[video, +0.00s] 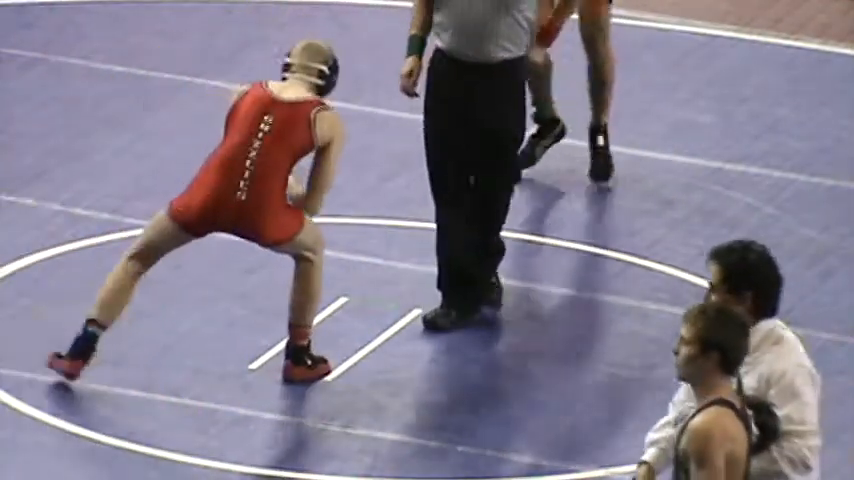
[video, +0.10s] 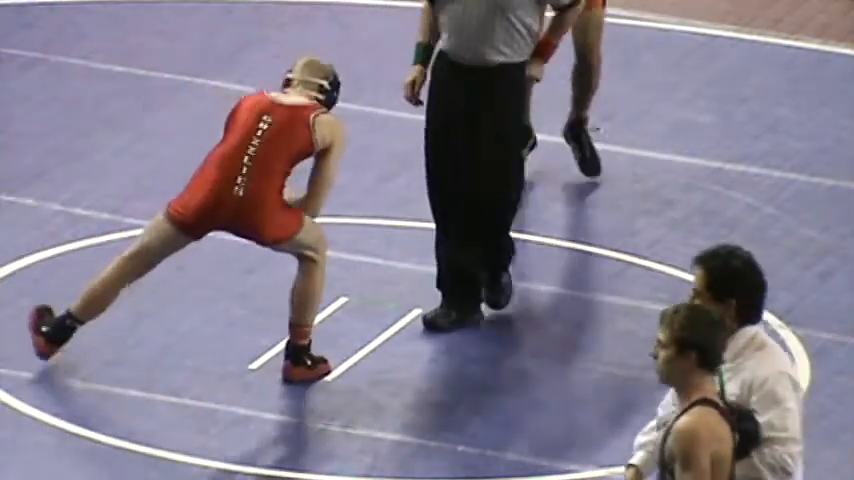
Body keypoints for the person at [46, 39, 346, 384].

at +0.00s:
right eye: (332, 82)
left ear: (287, 68)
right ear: (328, 81)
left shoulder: (247, 94)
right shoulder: (328, 122)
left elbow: (230, 146)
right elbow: (313, 201)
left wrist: (264, 180)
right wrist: (278, 189)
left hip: (204, 202)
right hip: (262, 219)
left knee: (138, 258)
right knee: (311, 247)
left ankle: (79, 354)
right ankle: (299, 357)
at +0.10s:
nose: (286, 84)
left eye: (288, 80)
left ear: (288, 82)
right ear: (327, 98)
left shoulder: (251, 100)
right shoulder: (329, 126)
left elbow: (228, 152)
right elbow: (313, 206)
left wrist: (261, 187)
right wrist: (274, 201)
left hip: (202, 200)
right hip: (259, 216)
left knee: (129, 266)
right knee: (315, 249)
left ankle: (57, 333)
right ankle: (299, 357)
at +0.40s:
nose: (313, 144)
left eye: (313, 139)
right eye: (315, 137)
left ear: (273, 120)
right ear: (308, 127)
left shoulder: (234, 139)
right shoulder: (307, 137)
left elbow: (231, 252)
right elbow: (304, 218)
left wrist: (238, 329)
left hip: (182, 217)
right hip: (241, 227)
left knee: (110, 260)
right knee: (309, 246)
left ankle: (45, 342)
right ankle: (299, 359)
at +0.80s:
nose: (319, 139)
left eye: (318, 133)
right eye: (320, 132)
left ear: (278, 119)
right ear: (311, 125)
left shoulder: (236, 138)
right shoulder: (311, 137)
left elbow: (233, 253)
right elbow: (304, 214)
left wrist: (236, 330)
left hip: (180, 208)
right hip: (237, 220)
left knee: (109, 255)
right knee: (308, 244)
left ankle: (38, 337)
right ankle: (299, 358)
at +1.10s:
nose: (313, 138)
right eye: (315, 131)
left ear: (270, 117)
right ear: (308, 123)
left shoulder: (229, 139)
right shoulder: (305, 137)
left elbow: (230, 251)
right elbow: (296, 214)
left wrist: (235, 328)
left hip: (174, 211)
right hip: (231, 220)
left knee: (101, 257)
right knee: (302, 243)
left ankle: (33, 339)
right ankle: (298, 359)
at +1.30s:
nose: (314, 132)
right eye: (315, 124)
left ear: (269, 113)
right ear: (308, 117)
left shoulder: (230, 138)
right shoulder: (306, 134)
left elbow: (230, 245)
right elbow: (297, 212)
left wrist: (235, 323)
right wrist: (272, 242)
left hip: (177, 210)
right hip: (234, 220)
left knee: (101, 257)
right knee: (304, 244)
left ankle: (31, 340)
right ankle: (298, 359)